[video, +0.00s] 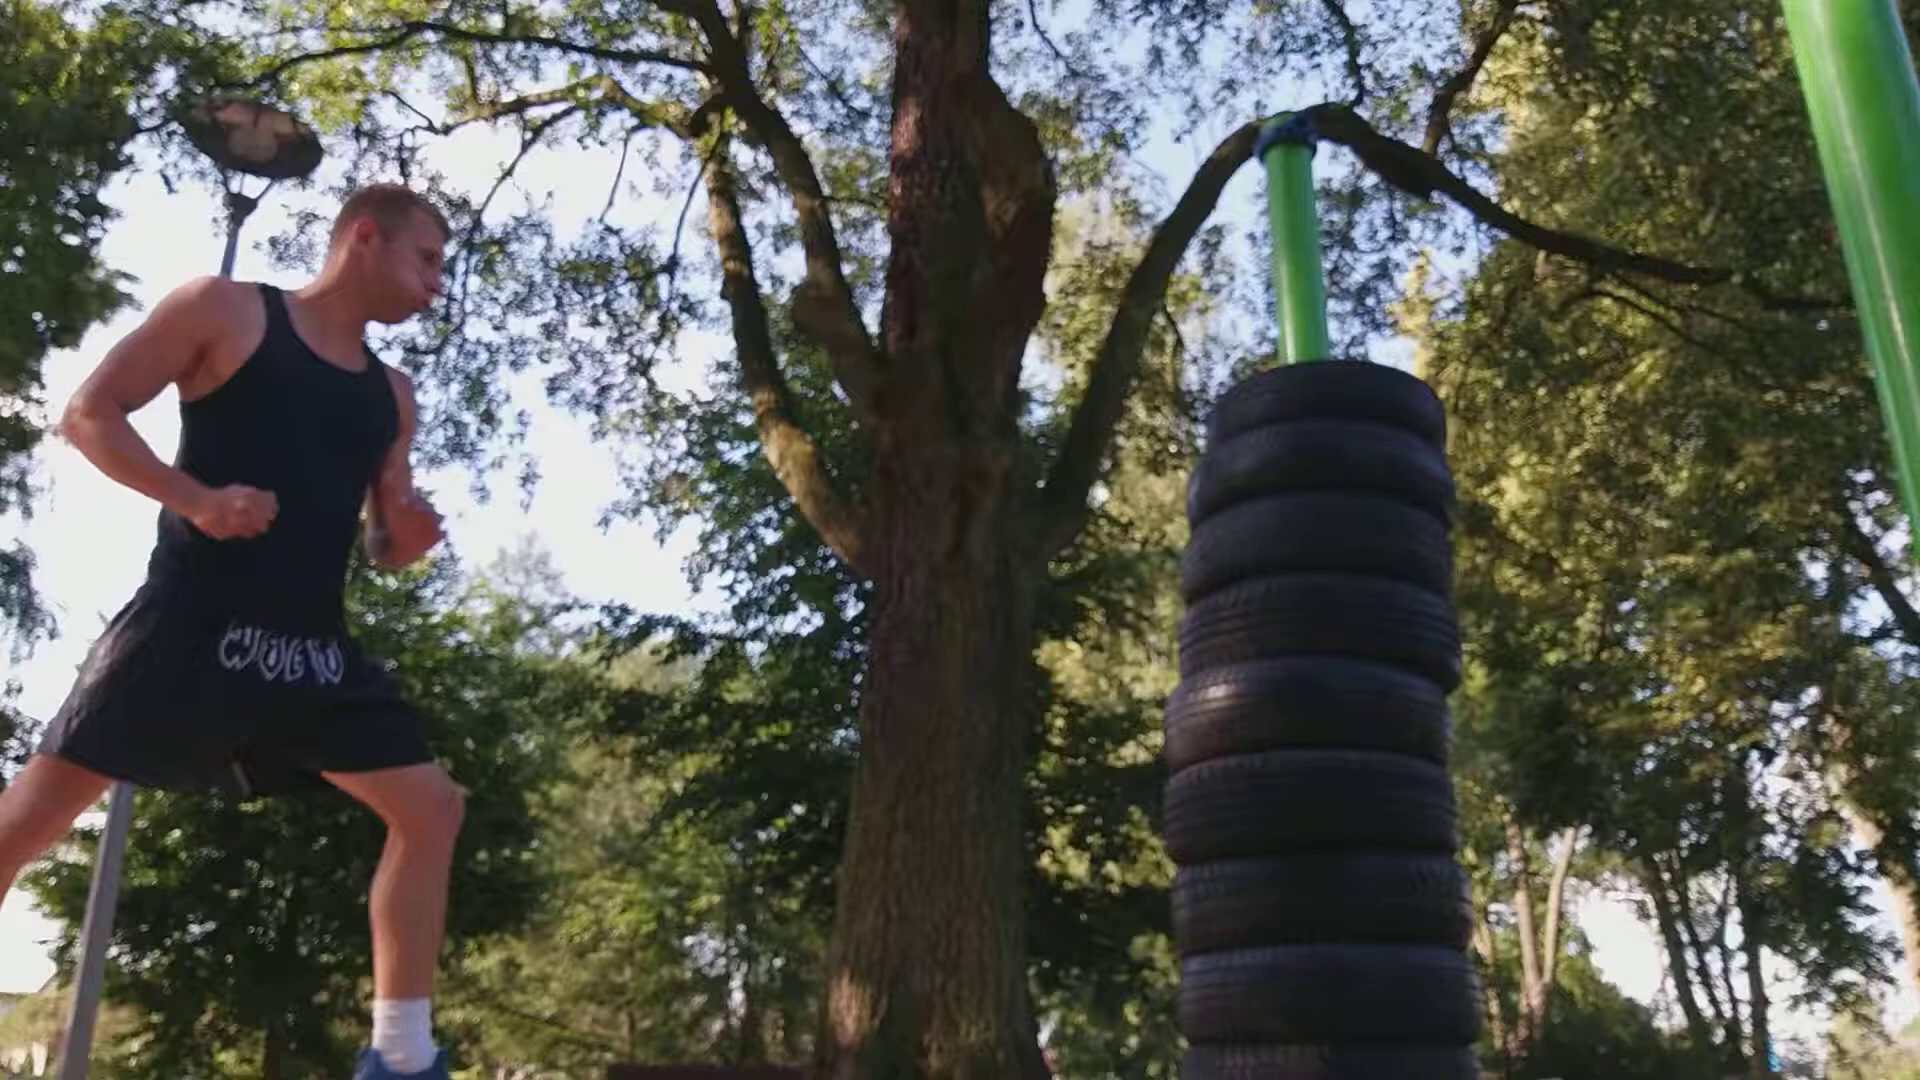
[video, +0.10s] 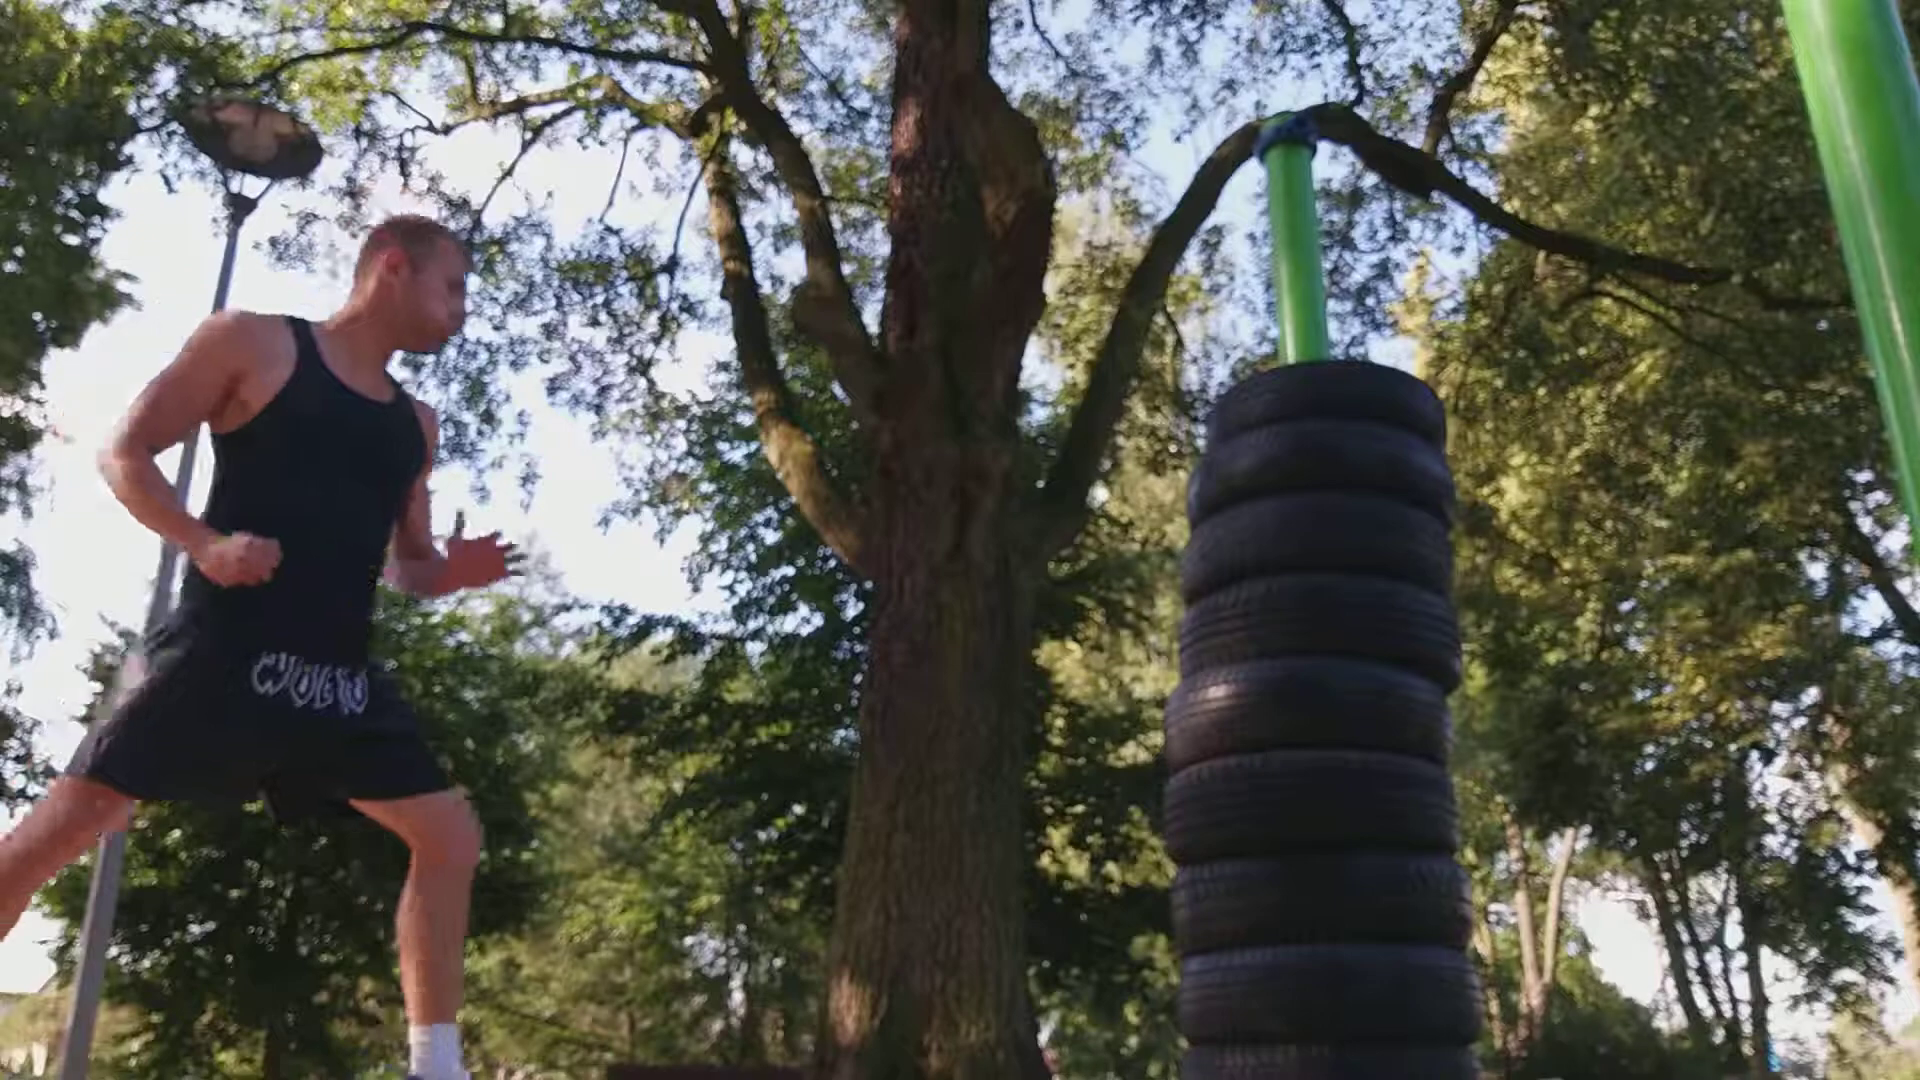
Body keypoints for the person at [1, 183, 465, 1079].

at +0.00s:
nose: (438, 283)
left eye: (443, 268)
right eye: (429, 257)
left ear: (369, 244)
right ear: (363, 235)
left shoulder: (390, 394)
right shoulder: (223, 307)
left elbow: (391, 546)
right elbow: (87, 415)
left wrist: (410, 535)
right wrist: (194, 497)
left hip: (311, 653)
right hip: (184, 633)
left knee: (430, 807)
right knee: (26, 818)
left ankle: (401, 1056)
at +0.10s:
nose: (463, 310)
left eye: (466, 293)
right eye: (454, 286)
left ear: (396, 275)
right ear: (391, 268)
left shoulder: (413, 425)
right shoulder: (249, 343)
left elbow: (411, 565)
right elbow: (125, 454)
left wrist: (449, 571)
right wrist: (203, 541)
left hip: (339, 680)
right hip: (216, 660)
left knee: (449, 837)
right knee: (67, 818)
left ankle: (436, 1067)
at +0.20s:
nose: (514, 335)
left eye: (517, 317)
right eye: (505, 311)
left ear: (450, 309)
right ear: (445, 302)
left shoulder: (450, 447)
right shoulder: (334, 368)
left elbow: (438, 590)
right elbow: (208, 472)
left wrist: (540, 580)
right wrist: (285, 558)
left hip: (411, 692)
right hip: (316, 674)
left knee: (500, 858)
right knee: (185, 849)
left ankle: (441, 1070)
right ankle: (4, 969)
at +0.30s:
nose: (567, 345)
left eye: (568, 329)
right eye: (557, 324)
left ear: (508, 326)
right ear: (502, 319)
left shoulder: (484, 437)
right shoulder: (425, 370)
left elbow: (485, 595)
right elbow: (326, 460)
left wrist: (592, 593)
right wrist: (446, 545)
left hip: (466, 663)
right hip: (419, 643)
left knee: (523, 872)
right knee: (475, 832)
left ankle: (443, 1069)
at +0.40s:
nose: (610, 361)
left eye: (611, 344)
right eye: (601, 339)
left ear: (539, 328)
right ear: (551, 327)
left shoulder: (487, 405)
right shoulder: (506, 356)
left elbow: (476, 572)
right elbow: (512, 421)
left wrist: (564, 636)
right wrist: (645, 489)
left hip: (440, 655)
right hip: (512, 644)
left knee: (525, 877)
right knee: (668, 820)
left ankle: (441, 1065)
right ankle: (533, 1008)